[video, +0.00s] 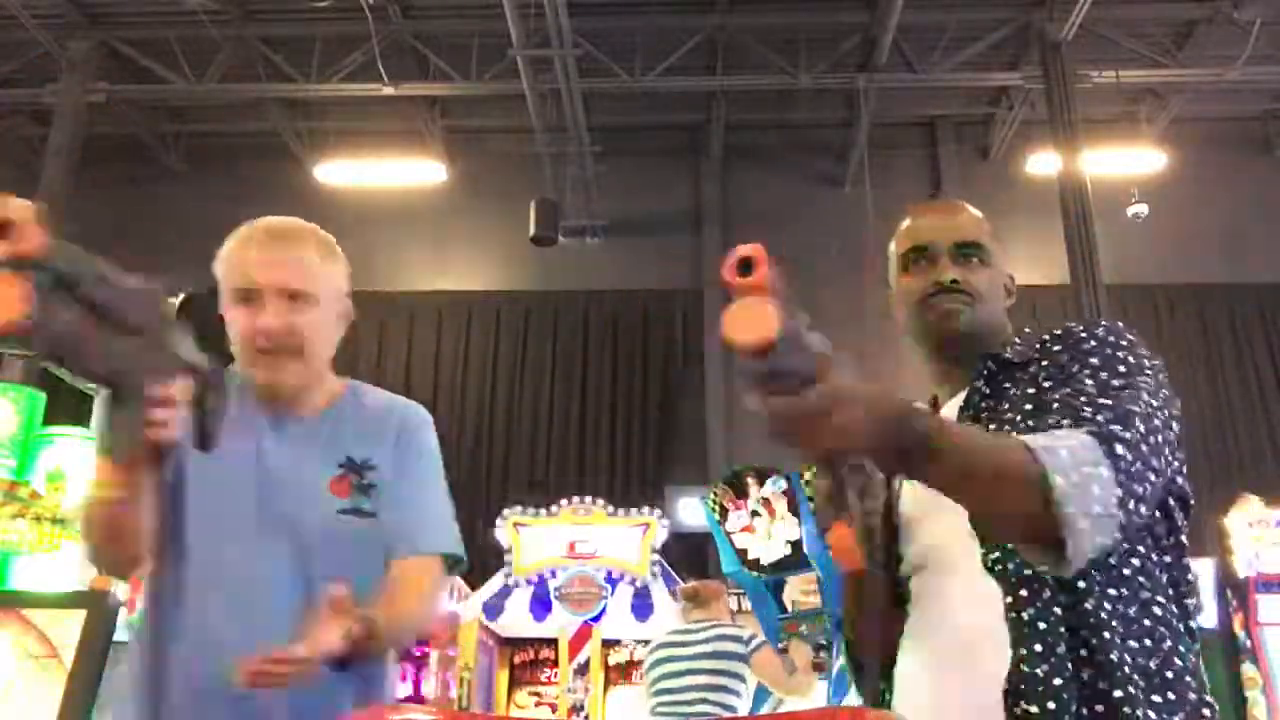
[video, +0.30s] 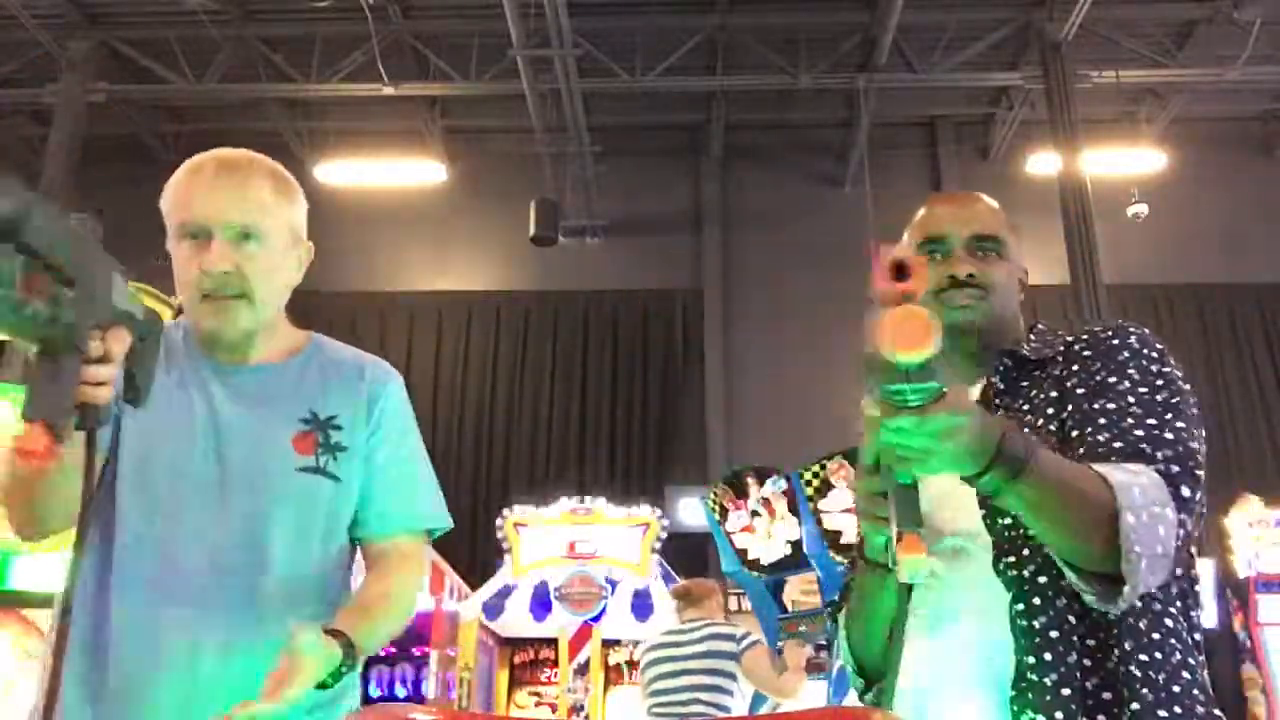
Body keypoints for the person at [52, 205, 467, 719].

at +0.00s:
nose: (270, 322)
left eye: (295, 299)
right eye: (248, 299)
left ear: (343, 314)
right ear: (222, 312)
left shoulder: (397, 429)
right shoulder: (178, 413)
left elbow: (417, 595)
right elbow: (116, 560)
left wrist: (353, 630)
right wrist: (134, 457)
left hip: (328, 708)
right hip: (172, 703)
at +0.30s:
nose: (217, 262)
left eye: (246, 237)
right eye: (195, 236)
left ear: (301, 258)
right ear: (169, 253)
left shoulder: (365, 391)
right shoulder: (116, 366)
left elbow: (400, 566)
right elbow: (32, 522)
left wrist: (334, 647)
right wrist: (66, 406)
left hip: (283, 711)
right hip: (110, 705)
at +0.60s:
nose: (297, 296)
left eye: (322, 277)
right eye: (276, 275)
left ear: (362, 303)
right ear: (245, 295)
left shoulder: (413, 422)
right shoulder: (195, 397)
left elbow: (466, 579)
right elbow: (131, 536)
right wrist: (141, 401)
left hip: (358, 711)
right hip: (190, 704)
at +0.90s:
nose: (299, 297)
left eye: (326, 277)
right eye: (278, 273)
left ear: (366, 305)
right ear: (244, 292)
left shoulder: (411, 407)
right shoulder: (181, 397)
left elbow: (429, 565)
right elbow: (145, 572)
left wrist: (289, 485)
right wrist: (186, 484)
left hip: (357, 706)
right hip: (198, 705)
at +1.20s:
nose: (307, 312)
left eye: (332, 294)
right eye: (285, 290)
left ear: (369, 319)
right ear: (253, 311)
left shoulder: (413, 421)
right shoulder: (200, 411)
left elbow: (426, 568)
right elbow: (169, 589)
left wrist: (279, 492)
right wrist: (162, 478)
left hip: (348, 707)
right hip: (204, 707)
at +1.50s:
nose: (280, 312)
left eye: (308, 293)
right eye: (261, 289)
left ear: (347, 325)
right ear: (228, 307)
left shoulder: (400, 419)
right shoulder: (175, 418)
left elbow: (431, 570)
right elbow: (168, 588)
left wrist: (302, 510)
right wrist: (208, 512)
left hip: (353, 708)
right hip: (199, 707)